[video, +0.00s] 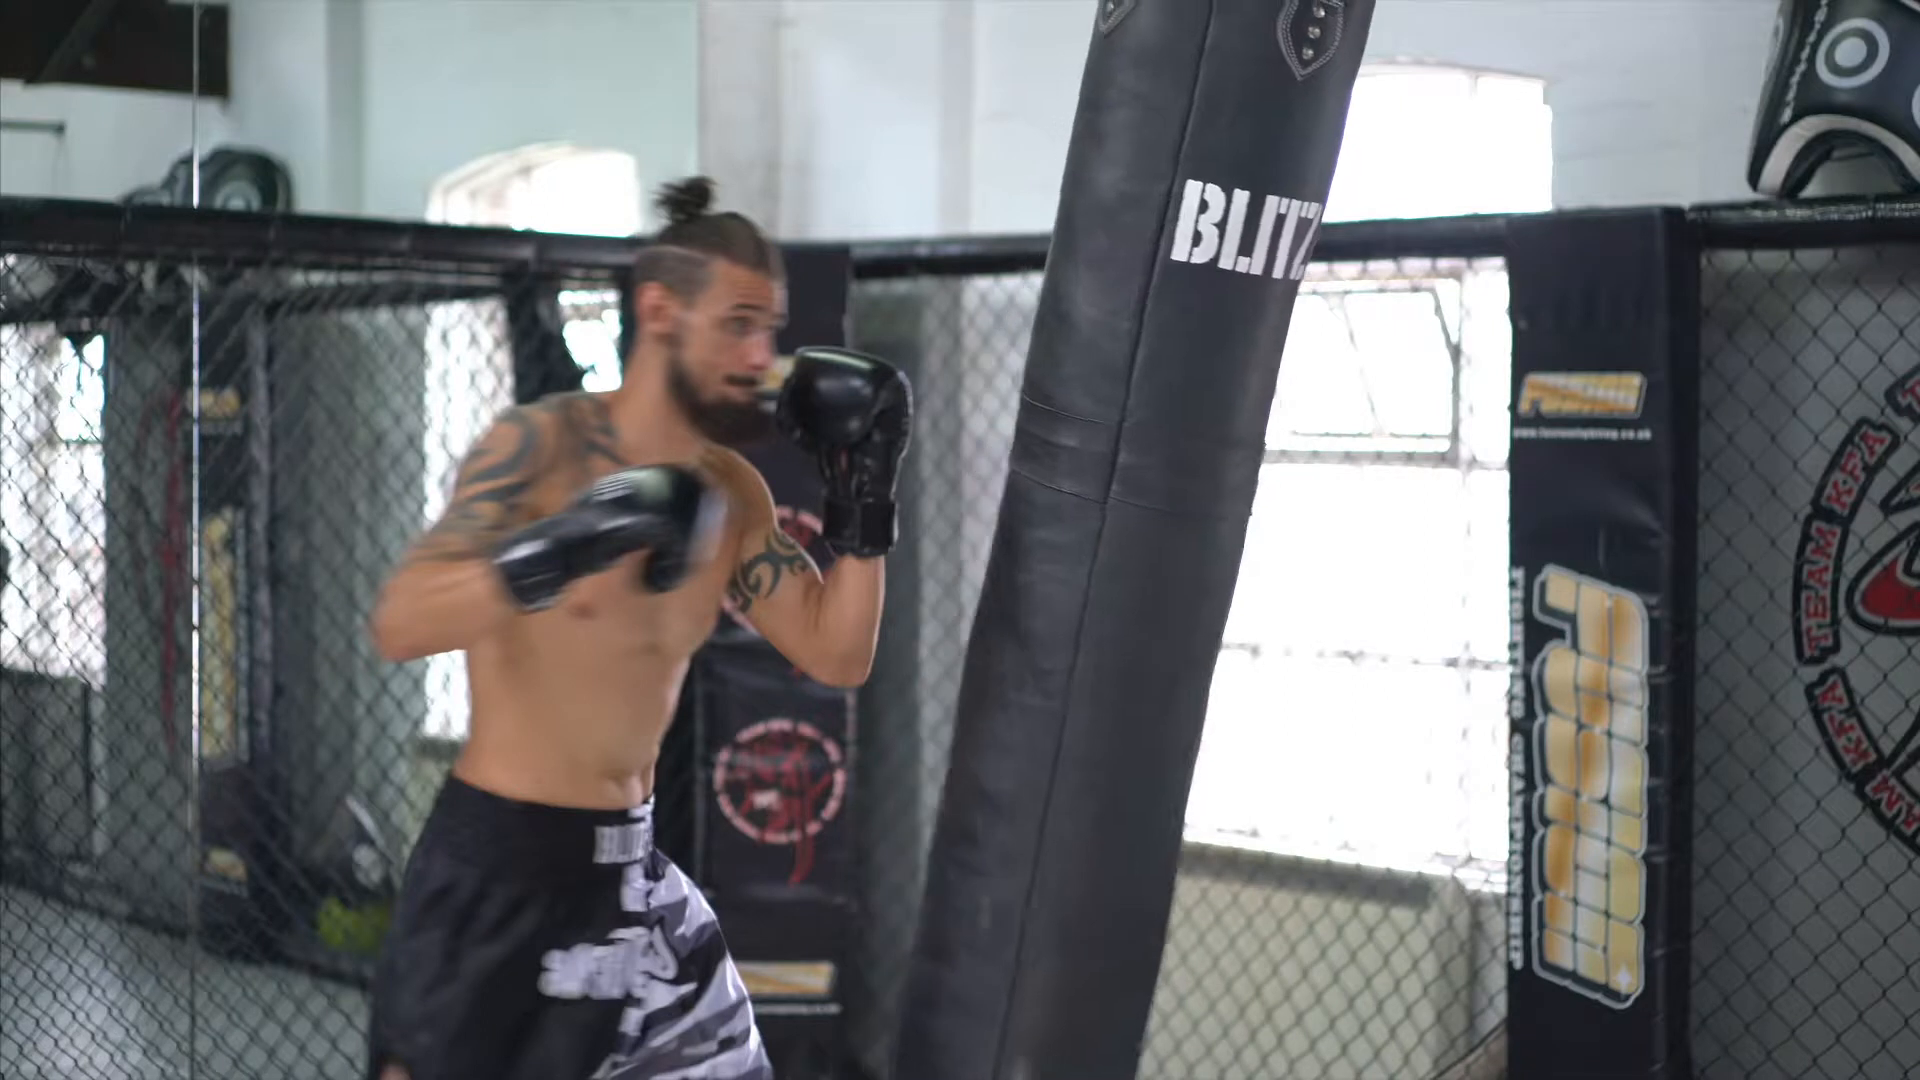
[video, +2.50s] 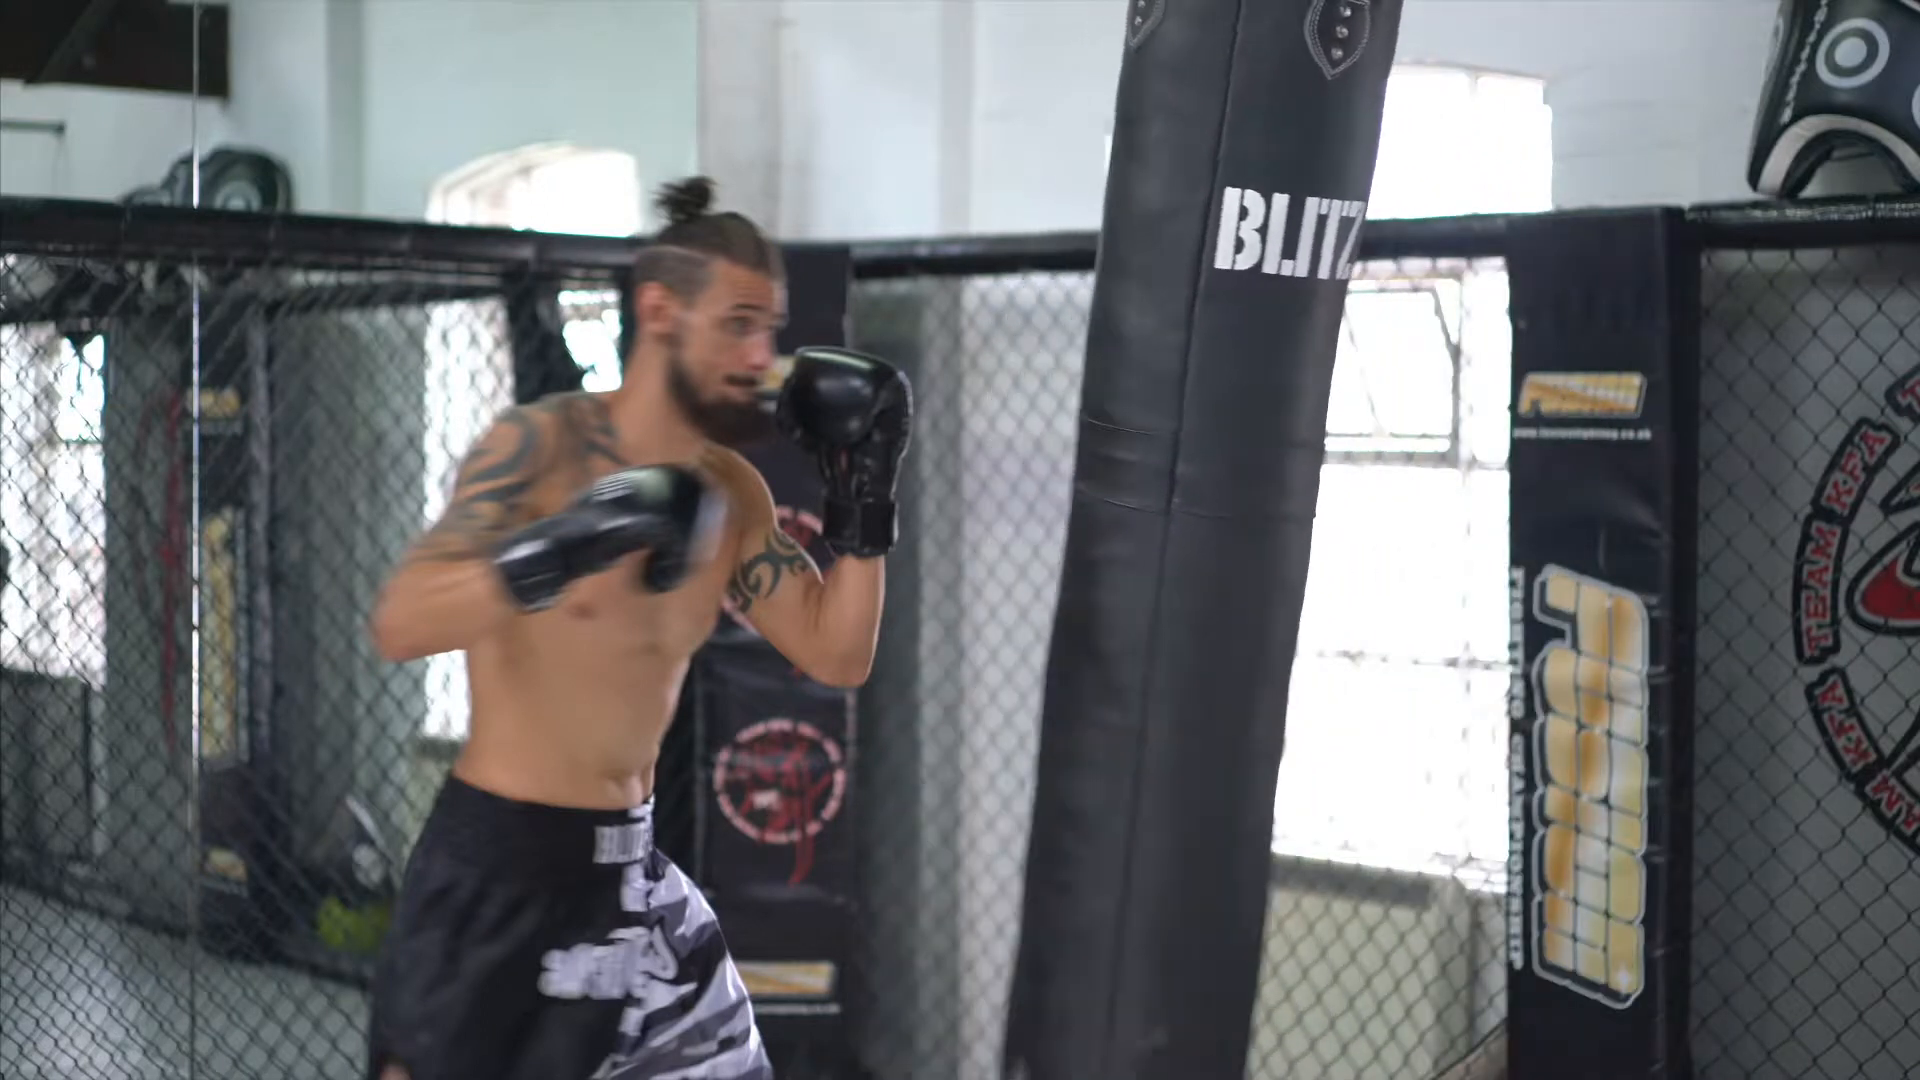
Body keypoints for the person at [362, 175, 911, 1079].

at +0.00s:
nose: (763, 357)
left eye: (773, 331)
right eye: (740, 325)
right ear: (656, 309)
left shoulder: (733, 492)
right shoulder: (538, 440)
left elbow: (839, 655)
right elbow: (400, 623)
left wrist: (866, 481)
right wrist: (568, 546)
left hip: (636, 867)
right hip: (500, 865)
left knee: (731, 1066)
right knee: (443, 1064)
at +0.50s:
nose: (762, 358)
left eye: (772, 331)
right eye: (739, 325)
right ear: (656, 309)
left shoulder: (733, 492)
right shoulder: (537, 441)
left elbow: (839, 655)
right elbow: (400, 623)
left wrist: (865, 480)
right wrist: (568, 547)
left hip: (636, 866)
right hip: (500, 865)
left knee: (732, 1066)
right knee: (441, 1065)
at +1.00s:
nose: (763, 357)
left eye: (772, 331)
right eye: (740, 325)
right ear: (656, 309)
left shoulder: (733, 492)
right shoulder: (538, 440)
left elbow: (839, 655)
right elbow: (400, 623)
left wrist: (865, 481)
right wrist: (567, 547)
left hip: (636, 867)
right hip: (500, 866)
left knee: (732, 1066)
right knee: (442, 1065)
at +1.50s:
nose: (763, 357)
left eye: (772, 331)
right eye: (740, 325)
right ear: (656, 309)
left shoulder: (733, 492)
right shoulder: (538, 440)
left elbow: (839, 655)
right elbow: (400, 623)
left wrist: (865, 480)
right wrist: (568, 547)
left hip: (636, 867)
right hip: (501, 867)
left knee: (732, 1066)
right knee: (444, 1065)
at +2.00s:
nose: (762, 357)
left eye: (772, 331)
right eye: (739, 325)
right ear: (656, 310)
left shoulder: (733, 492)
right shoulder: (538, 441)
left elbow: (839, 656)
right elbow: (400, 624)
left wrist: (866, 479)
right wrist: (568, 547)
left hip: (635, 867)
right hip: (500, 865)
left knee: (732, 1066)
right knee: (437, 1065)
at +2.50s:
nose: (763, 357)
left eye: (772, 331)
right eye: (740, 325)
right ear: (656, 310)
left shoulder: (733, 493)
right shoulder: (538, 441)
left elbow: (839, 655)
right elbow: (400, 623)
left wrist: (865, 480)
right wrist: (568, 547)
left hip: (636, 868)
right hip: (500, 867)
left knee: (732, 1066)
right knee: (442, 1065)